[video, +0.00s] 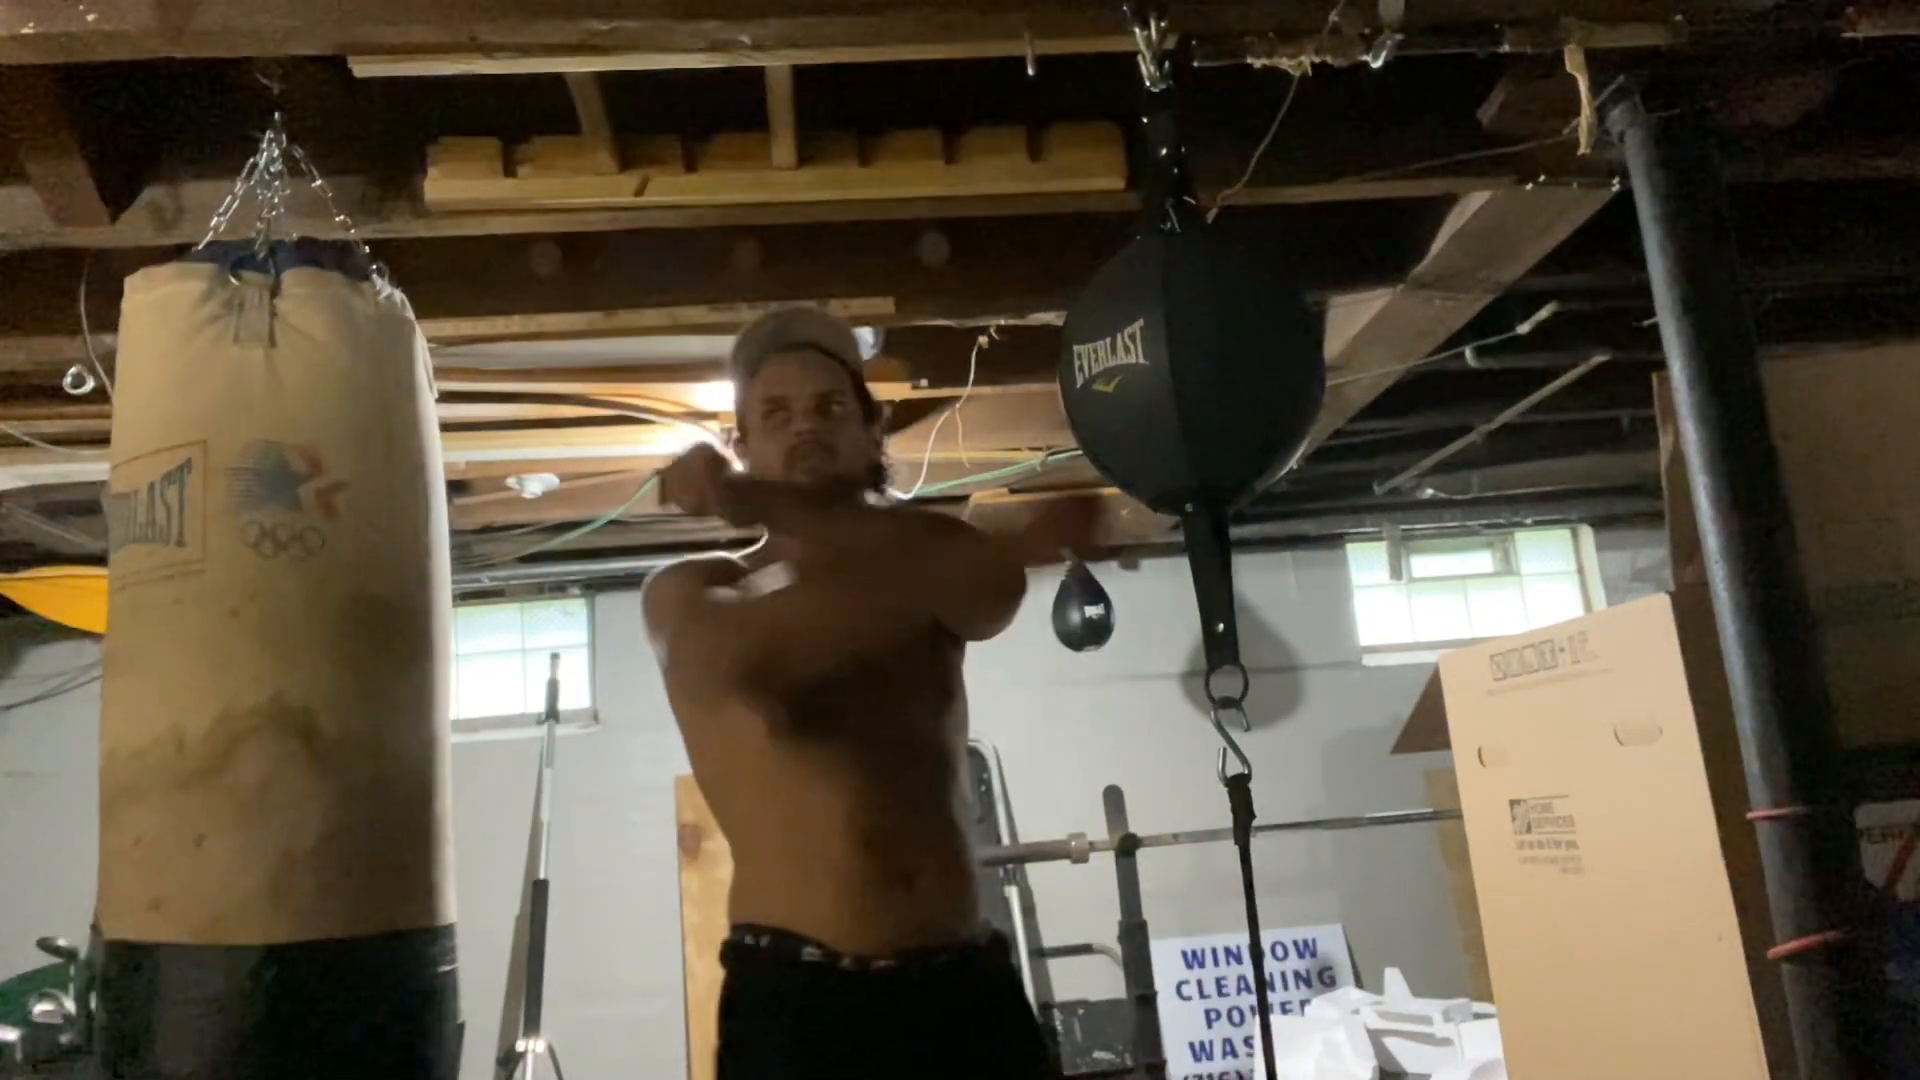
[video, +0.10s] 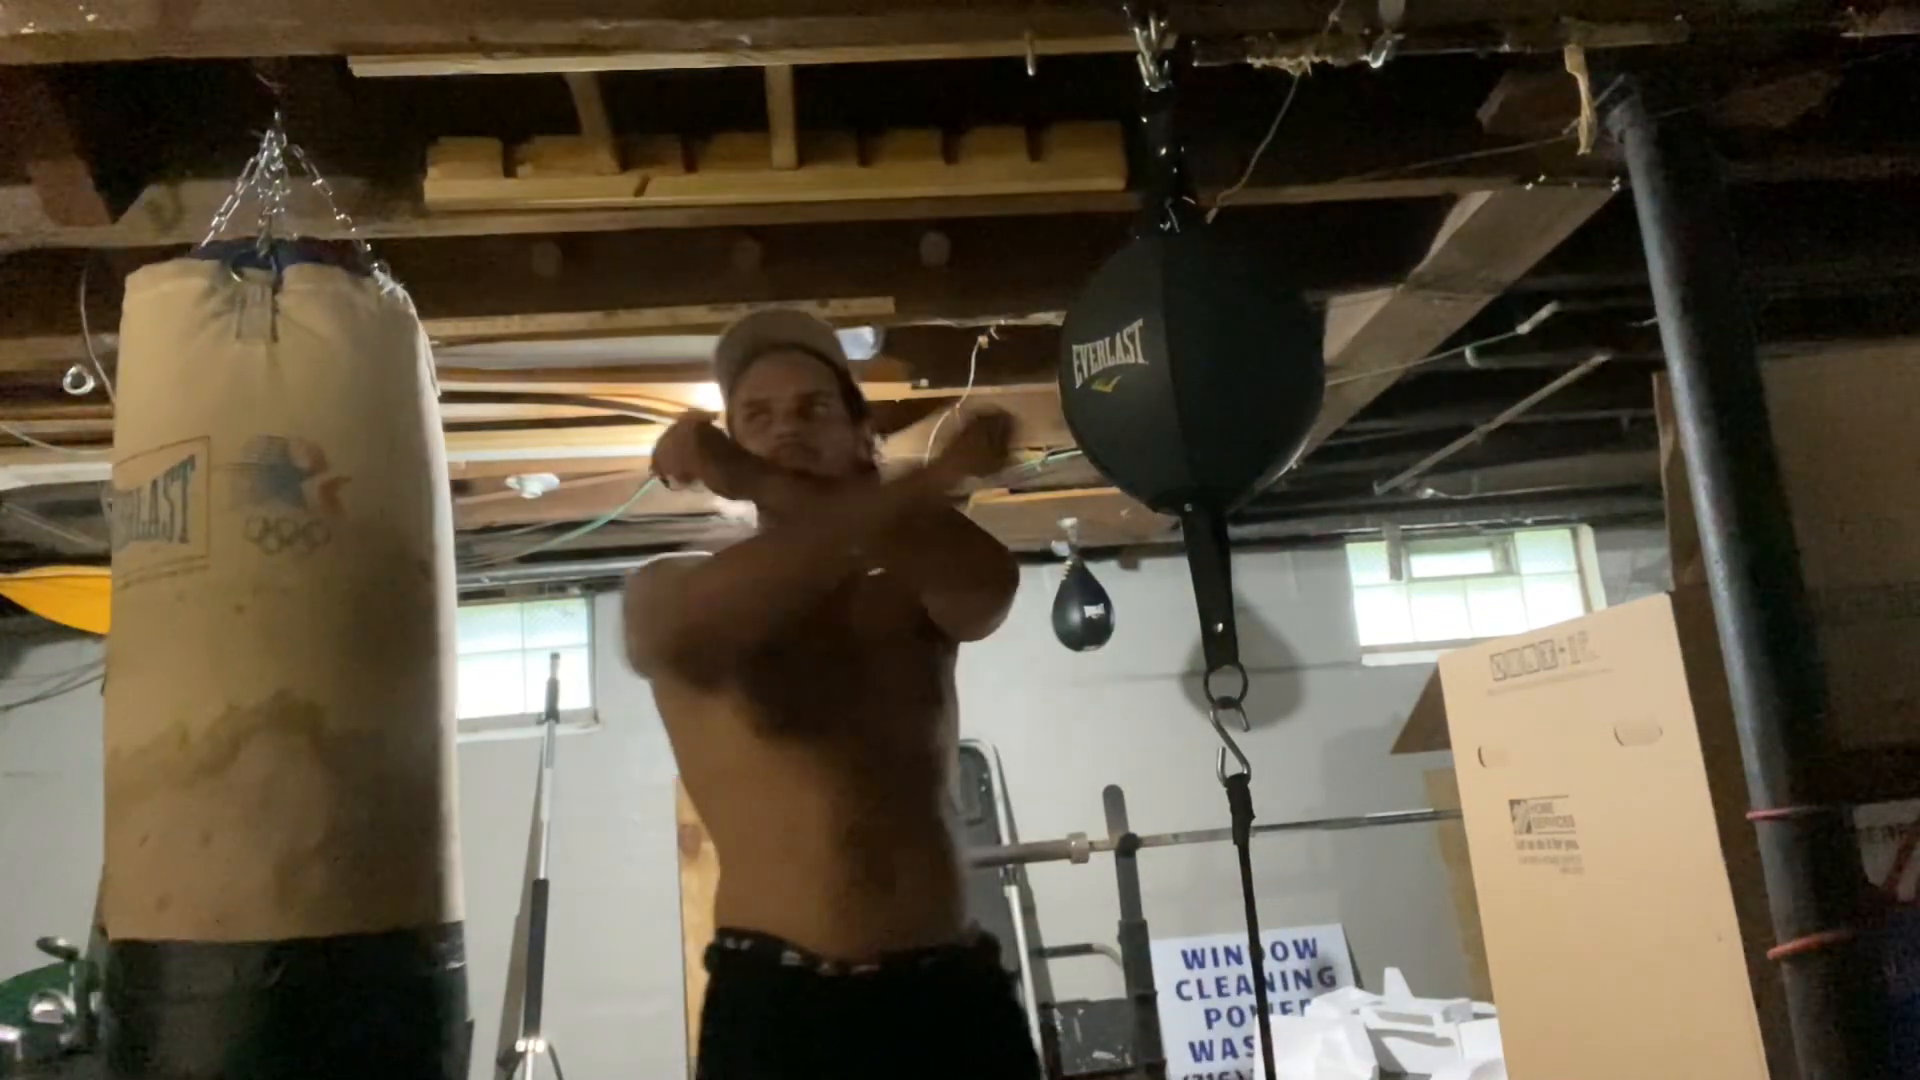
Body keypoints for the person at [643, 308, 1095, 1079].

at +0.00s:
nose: (805, 427)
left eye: (830, 406)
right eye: (776, 411)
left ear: (873, 435)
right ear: (741, 446)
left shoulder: (924, 550)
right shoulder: (688, 588)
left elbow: (994, 592)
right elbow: (750, 655)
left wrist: (742, 498)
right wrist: (982, 549)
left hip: (961, 983)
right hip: (792, 993)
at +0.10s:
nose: (787, 432)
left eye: (812, 408)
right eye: (757, 417)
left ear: (863, 433)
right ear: (730, 450)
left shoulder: (913, 571)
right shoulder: (668, 594)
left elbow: (990, 587)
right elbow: (719, 616)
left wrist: (753, 478)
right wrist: (934, 478)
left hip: (945, 990)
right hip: (773, 999)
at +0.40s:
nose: (695, 425)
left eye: (725, 399)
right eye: (669, 409)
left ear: (782, 433)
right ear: (649, 447)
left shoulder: (852, 604)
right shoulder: (584, 605)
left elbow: (987, 658)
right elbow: (358, 695)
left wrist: (807, 470)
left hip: (857, 1026)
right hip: (669, 1032)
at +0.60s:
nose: (692, 424)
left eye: (725, 400)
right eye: (667, 408)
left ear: (787, 431)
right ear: (648, 443)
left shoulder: (854, 608)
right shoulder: (581, 603)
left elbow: (1001, 686)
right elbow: (317, 718)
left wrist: (826, 484)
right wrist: (352, 523)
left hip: (862, 1035)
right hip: (670, 1041)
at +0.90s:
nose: (826, 457)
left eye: (848, 427)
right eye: (796, 437)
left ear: (894, 440)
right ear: (762, 464)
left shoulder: (966, 617)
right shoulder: (696, 625)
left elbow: (1111, 700)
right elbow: (476, 730)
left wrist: (940, 502)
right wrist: (435, 508)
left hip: (981, 1034)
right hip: (796, 1040)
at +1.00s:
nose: (834, 443)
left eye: (857, 414)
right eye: (805, 423)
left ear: (904, 432)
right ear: (777, 459)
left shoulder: (980, 607)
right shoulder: (709, 620)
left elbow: (1127, 696)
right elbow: (483, 716)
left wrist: (947, 493)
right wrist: (461, 483)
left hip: (996, 1032)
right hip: (811, 1039)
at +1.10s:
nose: (836, 446)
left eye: (856, 415)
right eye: (806, 425)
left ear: (902, 436)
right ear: (775, 461)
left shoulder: (976, 607)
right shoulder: (710, 620)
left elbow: (1128, 692)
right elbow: (476, 706)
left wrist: (939, 493)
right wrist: (471, 454)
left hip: (987, 1033)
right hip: (802, 1040)